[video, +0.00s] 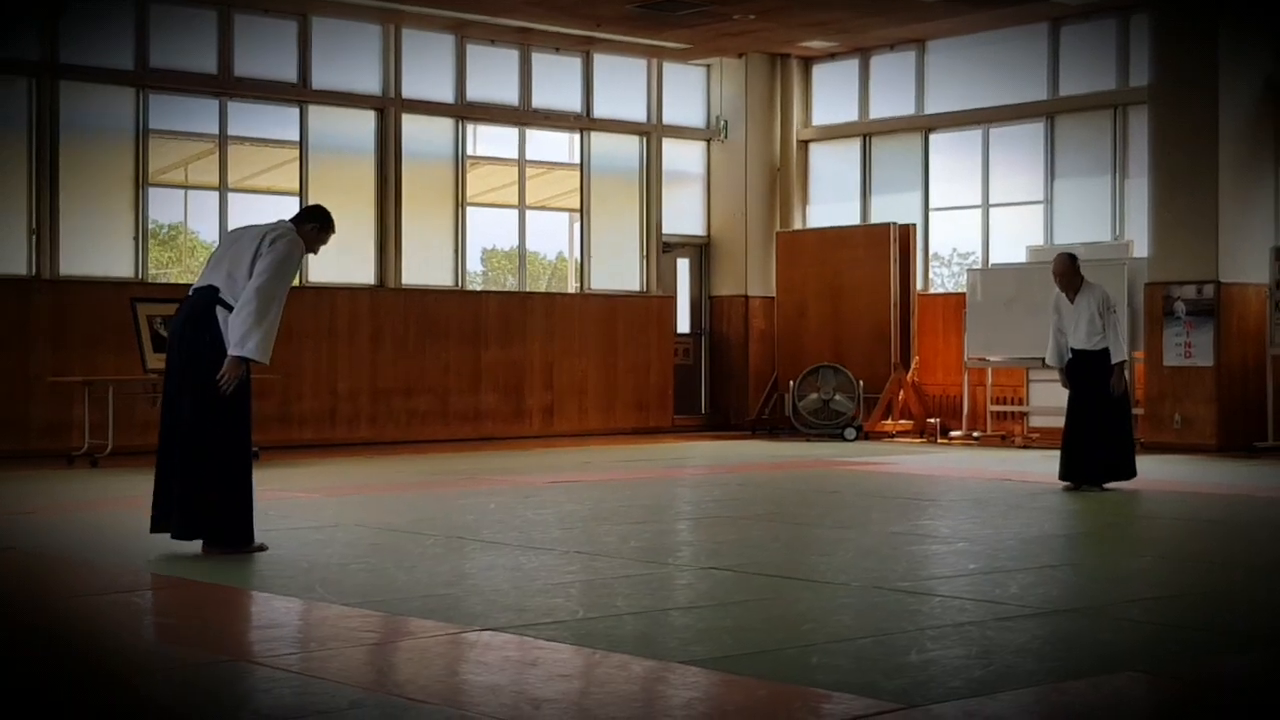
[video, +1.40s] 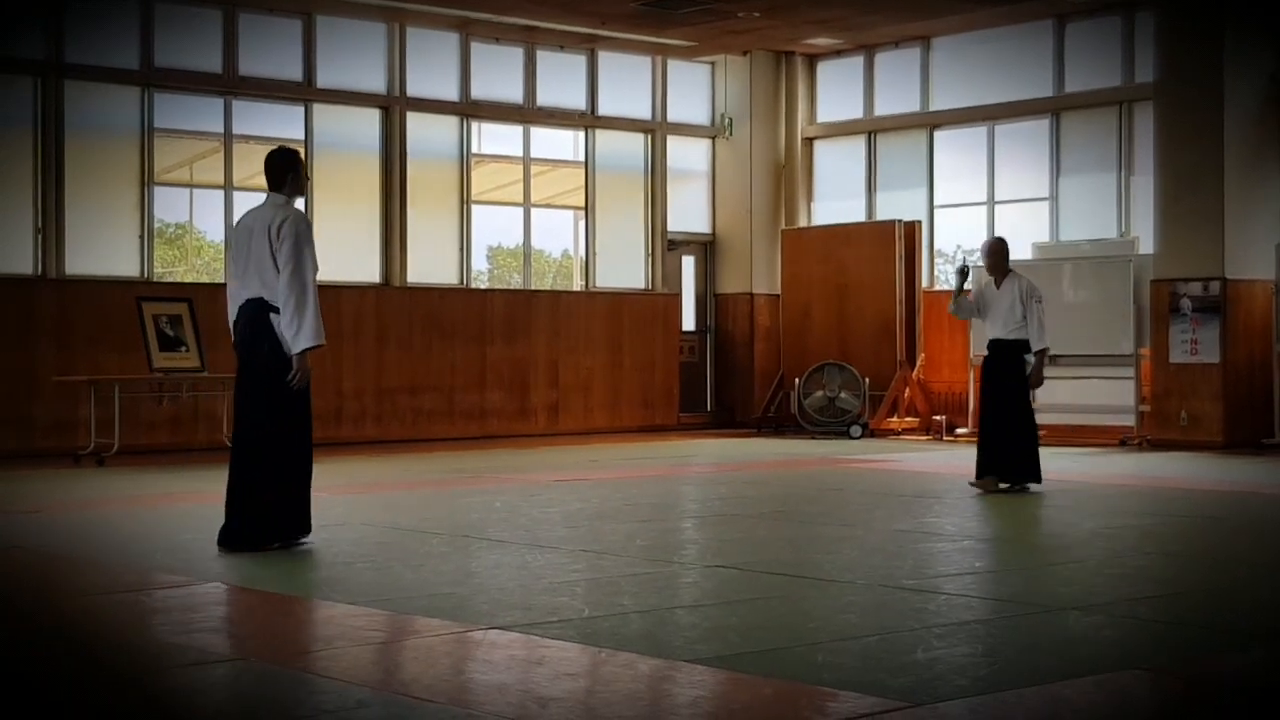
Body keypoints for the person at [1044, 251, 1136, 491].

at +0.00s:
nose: (1058, 281)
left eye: (1062, 275)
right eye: (1055, 276)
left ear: (1076, 271)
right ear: (1053, 276)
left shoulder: (1099, 295)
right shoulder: (1059, 299)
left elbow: (1114, 333)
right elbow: (1058, 335)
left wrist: (1119, 370)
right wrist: (1060, 367)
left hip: (1101, 361)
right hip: (1077, 361)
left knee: (1099, 419)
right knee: (1077, 418)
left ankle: (1096, 477)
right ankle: (1077, 476)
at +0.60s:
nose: (1054, 264)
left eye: (1060, 259)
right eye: (1053, 259)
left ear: (1076, 260)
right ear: (1055, 261)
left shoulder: (1093, 289)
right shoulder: (1055, 292)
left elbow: (1102, 328)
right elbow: (1049, 328)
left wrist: (1100, 365)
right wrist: (1046, 363)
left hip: (1088, 356)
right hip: (1063, 356)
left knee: (1093, 417)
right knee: (1057, 415)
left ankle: (1099, 475)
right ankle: (1056, 472)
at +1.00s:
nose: (1024, 259)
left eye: (1029, 255)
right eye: (1023, 254)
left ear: (1043, 257)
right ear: (1022, 256)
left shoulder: (1060, 287)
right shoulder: (1020, 292)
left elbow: (1073, 328)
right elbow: (1012, 330)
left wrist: (1074, 365)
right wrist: (1009, 367)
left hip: (1052, 357)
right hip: (1025, 357)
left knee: (1069, 416)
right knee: (1022, 417)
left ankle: (1094, 466)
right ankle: (1020, 477)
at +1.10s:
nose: (1012, 258)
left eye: (1017, 253)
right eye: (1012, 253)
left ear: (1032, 257)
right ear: (1013, 256)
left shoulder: (1049, 287)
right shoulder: (1009, 292)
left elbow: (1063, 326)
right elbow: (1000, 329)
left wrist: (1066, 363)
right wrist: (989, 364)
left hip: (1040, 357)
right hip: (1014, 357)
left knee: (1047, 416)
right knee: (1014, 417)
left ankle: (1080, 459)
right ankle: (1017, 478)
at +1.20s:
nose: (1002, 257)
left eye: (1007, 252)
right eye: (1003, 253)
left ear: (1021, 256)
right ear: (1006, 256)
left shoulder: (1040, 286)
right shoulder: (1003, 289)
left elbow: (1053, 325)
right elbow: (992, 323)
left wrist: (1056, 363)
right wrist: (972, 346)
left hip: (1032, 355)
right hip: (1008, 355)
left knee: (1030, 415)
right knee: (1008, 416)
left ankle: (1058, 463)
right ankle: (1019, 477)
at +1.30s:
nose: (995, 260)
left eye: (1000, 255)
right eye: (993, 255)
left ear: (1013, 256)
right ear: (993, 257)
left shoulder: (1032, 287)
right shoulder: (993, 291)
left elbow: (1044, 325)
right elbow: (981, 320)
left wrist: (1047, 362)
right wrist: (965, 316)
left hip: (1024, 355)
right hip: (1001, 355)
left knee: (1020, 415)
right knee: (999, 415)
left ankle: (1025, 477)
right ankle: (1010, 476)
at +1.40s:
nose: (985, 263)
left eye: (990, 257)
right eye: (984, 257)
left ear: (1004, 257)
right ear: (984, 259)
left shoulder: (1024, 287)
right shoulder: (985, 289)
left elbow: (1037, 327)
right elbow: (962, 311)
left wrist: (1038, 365)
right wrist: (959, 288)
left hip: (1016, 356)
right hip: (994, 355)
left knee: (1016, 416)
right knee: (990, 415)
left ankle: (1019, 476)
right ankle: (989, 475)